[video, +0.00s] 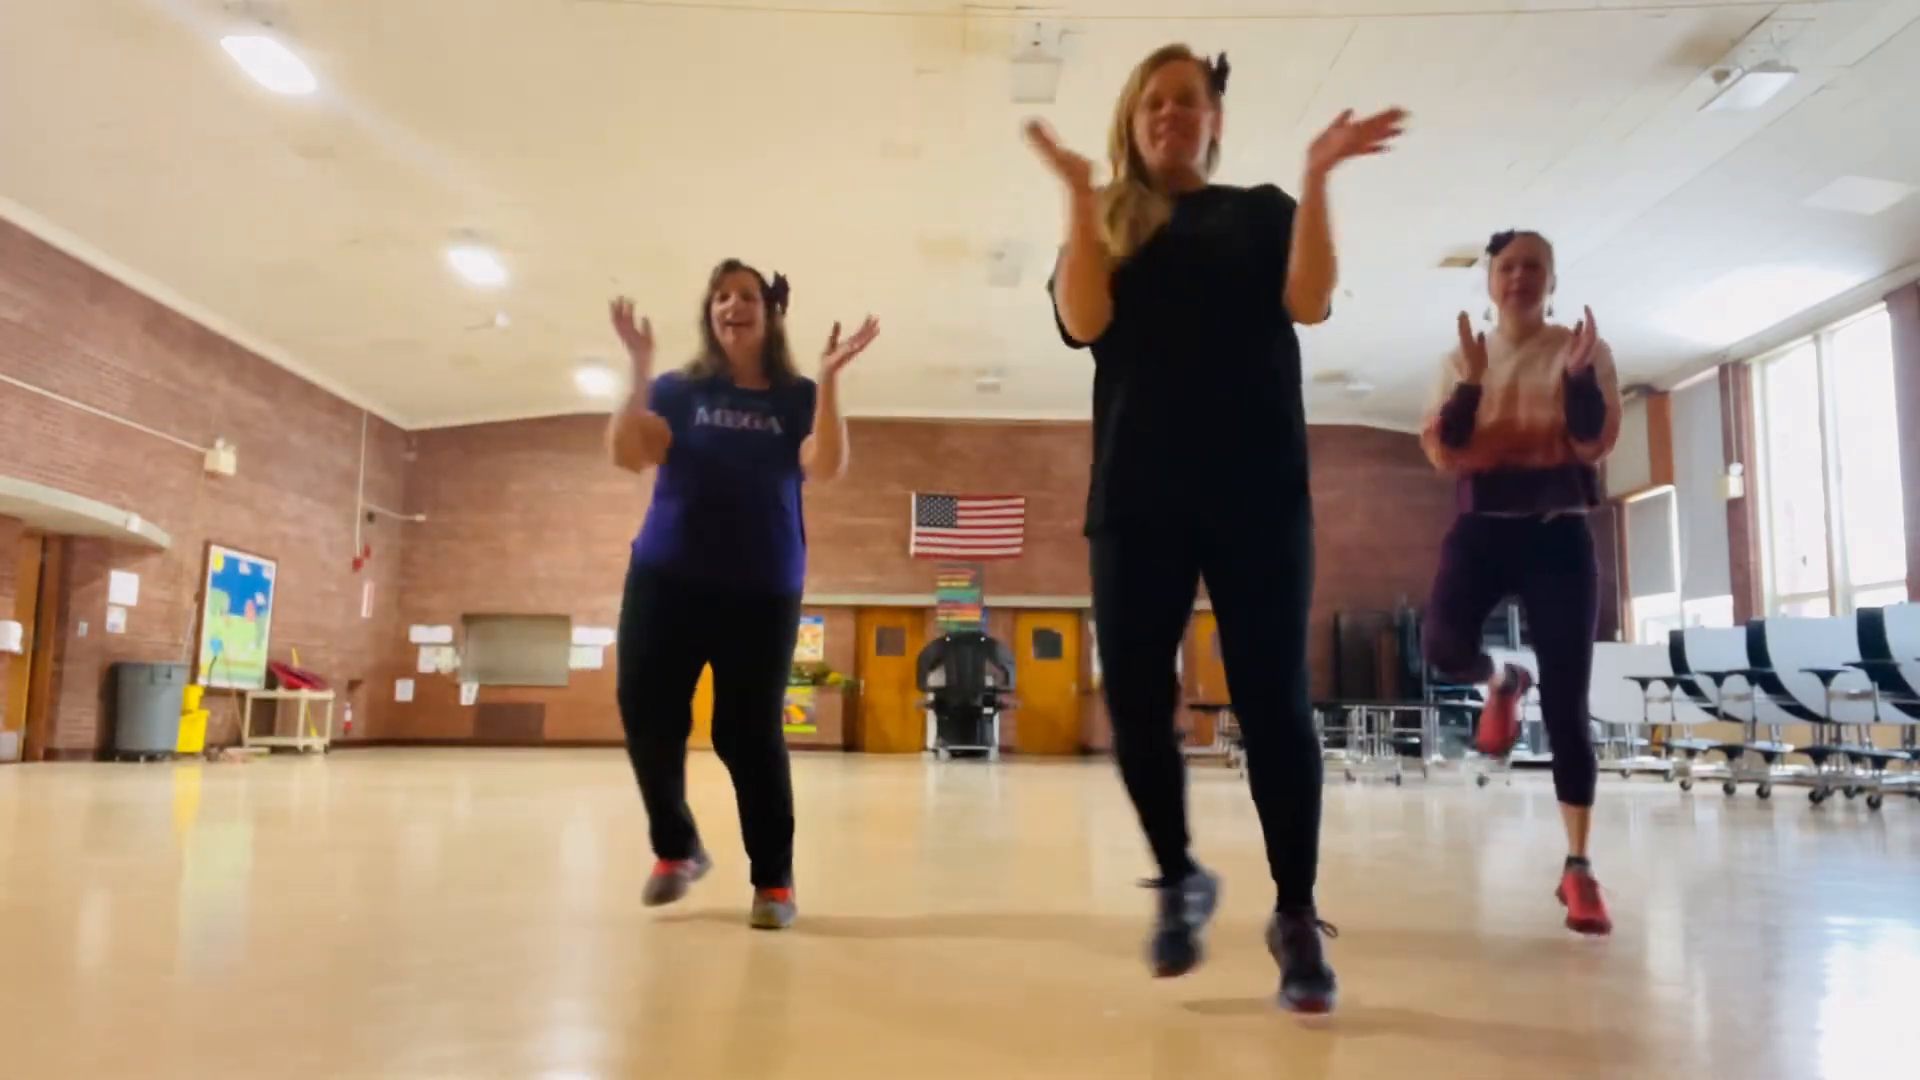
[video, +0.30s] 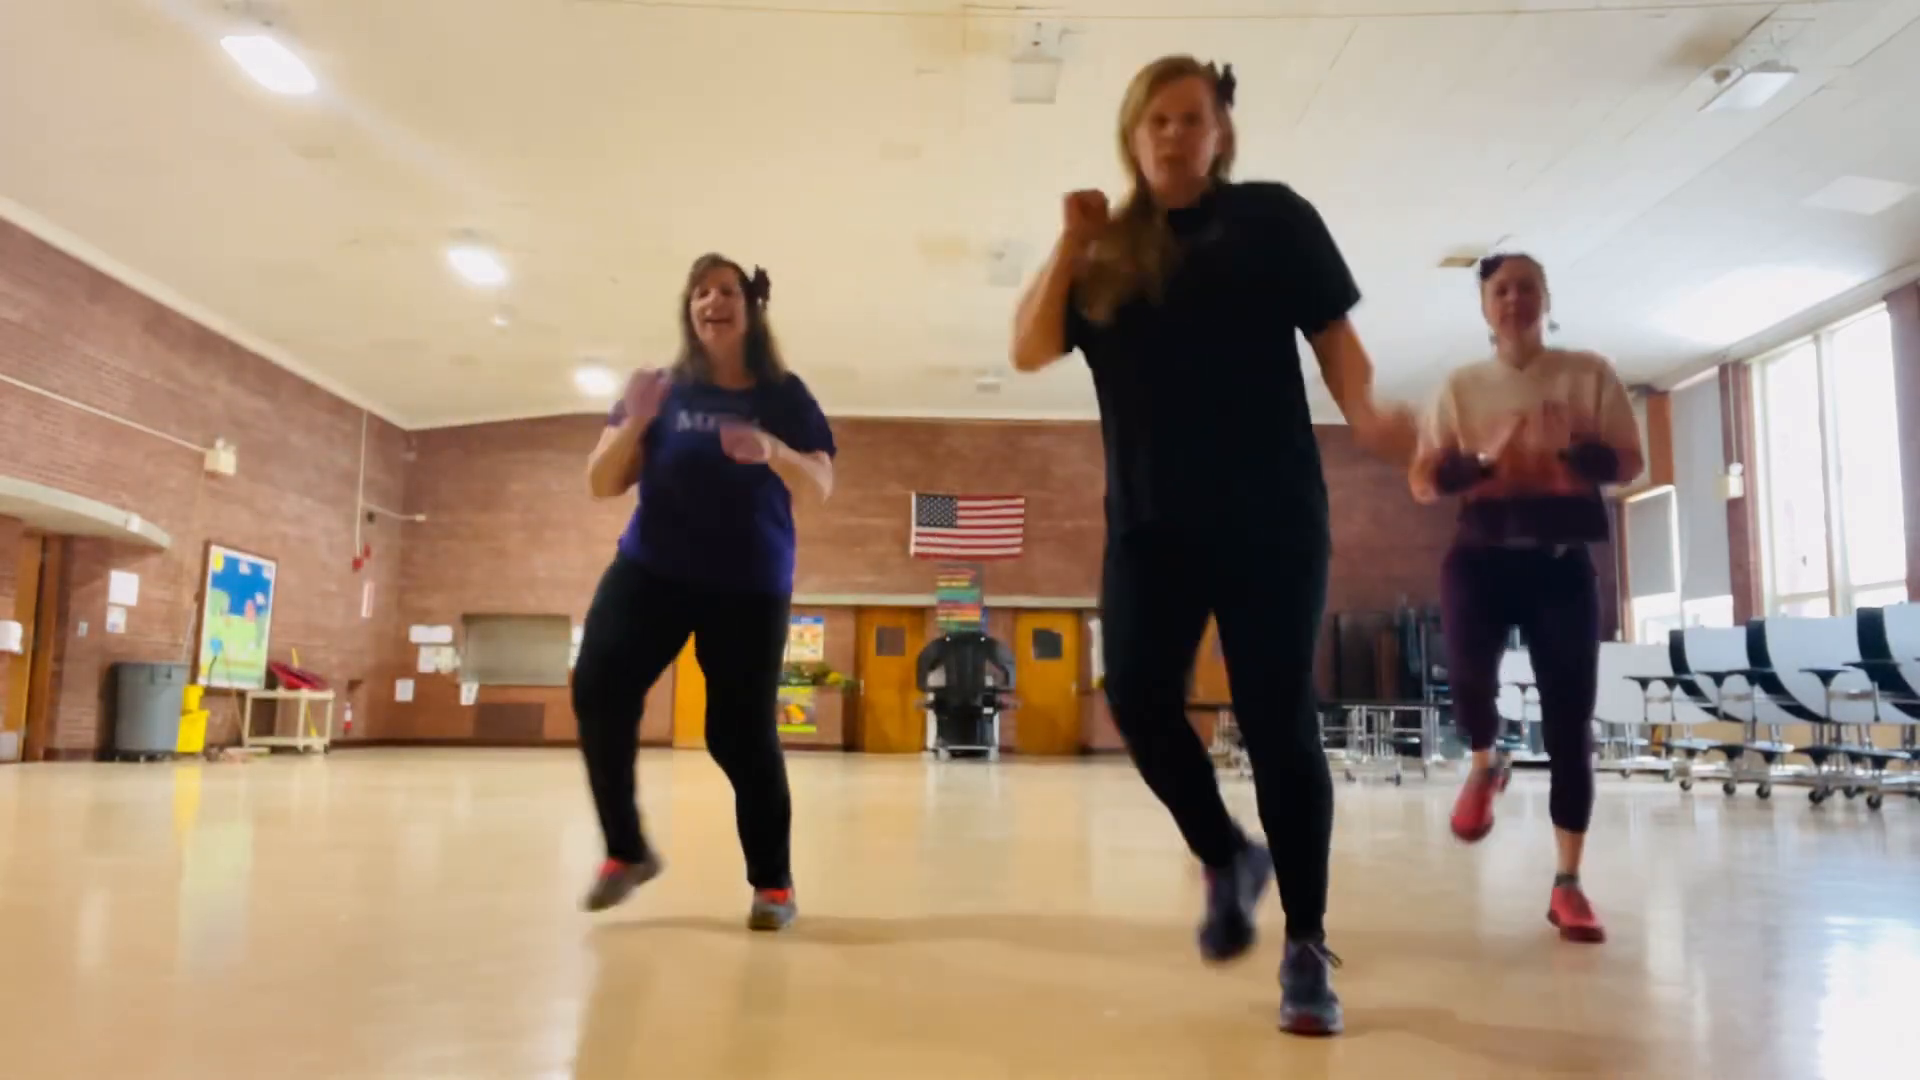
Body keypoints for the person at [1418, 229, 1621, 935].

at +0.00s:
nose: (1519, 276)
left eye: (1532, 266)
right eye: (1508, 266)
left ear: (1549, 280)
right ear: (1489, 278)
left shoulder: (1578, 351)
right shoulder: (1467, 357)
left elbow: (1595, 444)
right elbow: (1442, 455)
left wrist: (1581, 375)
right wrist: (1471, 379)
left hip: (1558, 535)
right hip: (1480, 532)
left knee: (1566, 706)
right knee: (1444, 650)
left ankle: (1578, 866)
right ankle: (1502, 682)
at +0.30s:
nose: (1515, 300)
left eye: (1526, 289)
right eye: (1502, 290)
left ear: (1546, 301)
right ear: (1484, 306)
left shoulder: (1589, 374)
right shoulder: (1459, 388)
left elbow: (1630, 464)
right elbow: (1423, 480)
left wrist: (1584, 456)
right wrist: (1470, 471)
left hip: (1562, 564)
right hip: (1481, 561)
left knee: (1569, 725)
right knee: (1466, 669)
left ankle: (1568, 882)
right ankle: (1486, 762)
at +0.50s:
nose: (1494, 288)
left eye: (1505, 277)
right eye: (1480, 279)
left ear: (1523, 283)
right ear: (1460, 288)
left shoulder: (1563, 358)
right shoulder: (1435, 371)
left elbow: (1598, 452)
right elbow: (1390, 460)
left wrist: (1582, 452)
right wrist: (1415, 460)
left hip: (1536, 543)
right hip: (1454, 545)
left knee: (1556, 704)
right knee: (1443, 692)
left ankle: (1568, 872)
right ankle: (1439, 837)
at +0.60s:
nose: (1479, 319)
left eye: (1490, 306)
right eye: (1466, 308)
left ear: (1508, 312)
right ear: (1445, 317)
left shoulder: (1546, 395)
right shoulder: (1421, 399)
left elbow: (1583, 483)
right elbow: (1378, 484)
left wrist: (1589, 528)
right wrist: (1382, 535)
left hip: (1524, 582)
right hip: (1440, 584)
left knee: (1556, 728)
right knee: (1427, 723)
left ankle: (1563, 886)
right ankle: (1420, 875)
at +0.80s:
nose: (1427, 314)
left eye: (1438, 303)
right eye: (1415, 302)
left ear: (1450, 311)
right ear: (1390, 307)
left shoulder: (1474, 391)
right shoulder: (1355, 391)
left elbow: (1518, 483)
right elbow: (1331, 488)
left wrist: (1539, 563)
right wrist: (1343, 565)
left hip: (1449, 572)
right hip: (1374, 576)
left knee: (1515, 715)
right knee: (1388, 732)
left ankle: (1513, 859)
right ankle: (1414, 889)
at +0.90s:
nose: (1389, 313)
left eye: (1401, 302)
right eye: (1376, 301)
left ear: (1414, 308)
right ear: (1354, 306)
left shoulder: (1439, 385)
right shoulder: (1325, 385)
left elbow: (1475, 471)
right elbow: (1290, 474)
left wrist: (1481, 543)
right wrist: (1316, 546)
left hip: (1415, 569)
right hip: (1346, 572)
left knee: (1480, 714)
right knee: (1374, 724)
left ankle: (1419, 811)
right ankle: (1412, 888)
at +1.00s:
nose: (1355, 318)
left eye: (1366, 307)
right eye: (1342, 307)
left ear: (1381, 312)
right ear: (1321, 311)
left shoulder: (1406, 387)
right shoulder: (1290, 392)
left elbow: (1431, 467)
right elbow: (1253, 477)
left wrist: (1431, 532)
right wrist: (1282, 541)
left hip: (1385, 570)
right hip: (1315, 575)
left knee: (1420, 728)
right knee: (1360, 728)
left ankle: (1318, 815)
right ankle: (1408, 885)